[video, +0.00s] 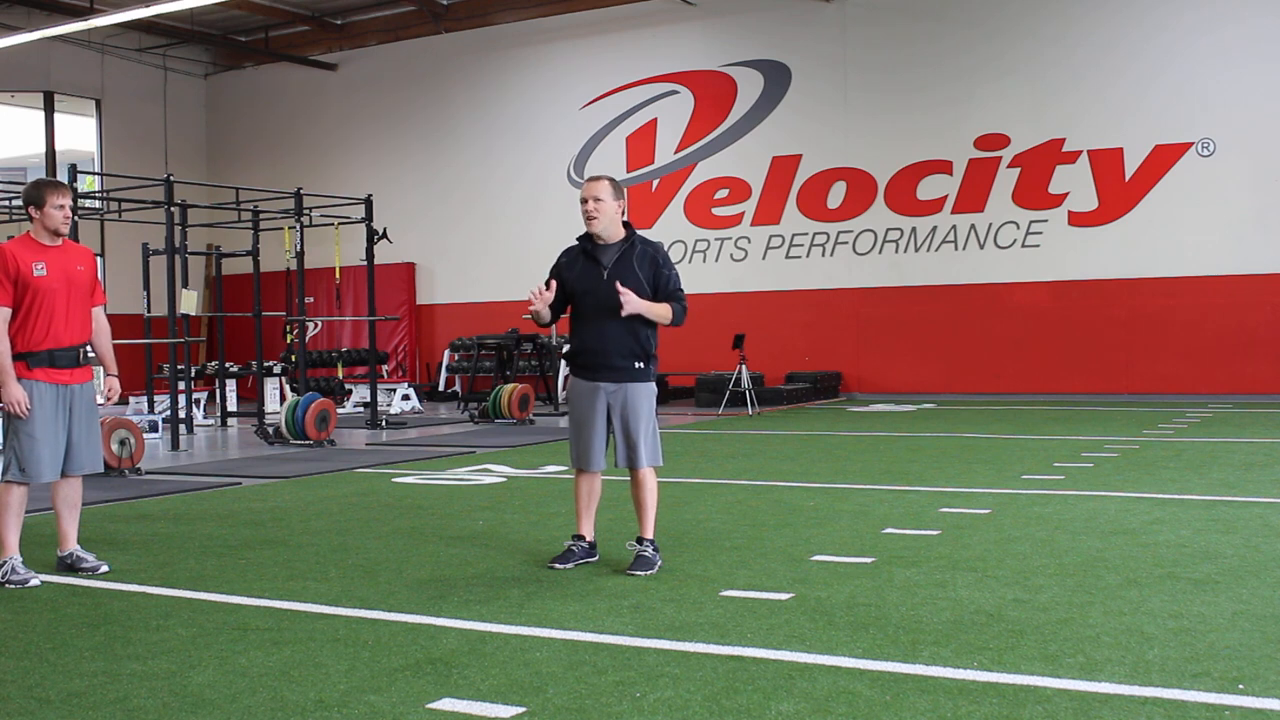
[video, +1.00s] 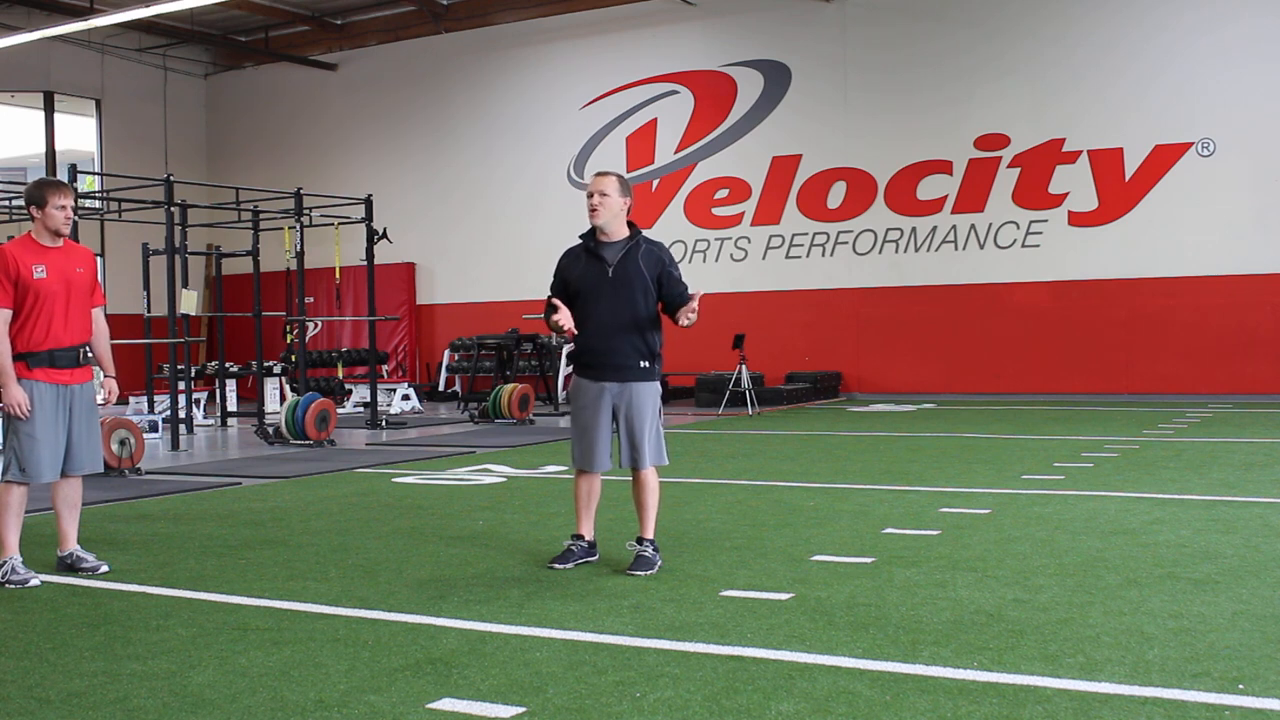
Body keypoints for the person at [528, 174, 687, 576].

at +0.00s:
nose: (588, 207)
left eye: (596, 200)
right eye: (584, 202)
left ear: (620, 205)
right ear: (582, 208)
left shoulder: (651, 255)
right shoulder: (570, 259)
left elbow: (678, 312)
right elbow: (547, 318)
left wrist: (641, 306)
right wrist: (540, 309)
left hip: (635, 380)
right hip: (584, 379)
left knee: (641, 463)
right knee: (586, 463)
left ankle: (647, 544)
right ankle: (584, 542)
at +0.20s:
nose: (586, 209)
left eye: (594, 202)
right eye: (582, 204)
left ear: (618, 206)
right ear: (579, 211)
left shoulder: (648, 253)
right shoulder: (571, 258)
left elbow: (659, 311)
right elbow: (551, 323)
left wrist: (605, 288)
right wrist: (553, 308)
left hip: (634, 379)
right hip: (585, 377)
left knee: (641, 462)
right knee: (586, 461)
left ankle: (646, 544)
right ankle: (584, 541)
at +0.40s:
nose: (582, 214)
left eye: (590, 206)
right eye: (578, 207)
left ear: (614, 209)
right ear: (575, 213)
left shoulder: (646, 253)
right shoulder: (571, 260)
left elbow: (648, 311)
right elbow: (554, 323)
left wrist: (588, 306)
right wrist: (559, 310)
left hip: (634, 379)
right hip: (586, 378)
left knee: (641, 462)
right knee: (586, 462)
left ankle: (646, 544)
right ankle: (584, 541)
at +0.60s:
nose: (586, 208)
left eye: (594, 201)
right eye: (582, 201)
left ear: (619, 205)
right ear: (579, 207)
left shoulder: (649, 253)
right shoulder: (571, 258)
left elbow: (670, 307)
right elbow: (550, 316)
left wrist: (619, 285)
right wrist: (556, 317)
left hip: (635, 378)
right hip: (585, 378)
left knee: (641, 463)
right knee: (587, 463)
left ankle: (647, 544)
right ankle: (584, 542)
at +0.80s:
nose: (589, 202)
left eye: (598, 196)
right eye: (587, 196)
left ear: (622, 203)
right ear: (584, 203)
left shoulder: (649, 252)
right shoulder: (570, 258)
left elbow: (681, 312)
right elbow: (552, 309)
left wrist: (687, 301)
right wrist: (555, 318)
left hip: (636, 377)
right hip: (586, 377)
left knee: (642, 462)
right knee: (587, 463)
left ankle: (647, 545)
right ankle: (583, 542)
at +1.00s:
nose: (592, 202)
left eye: (601, 196)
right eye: (590, 196)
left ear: (625, 203)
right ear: (587, 204)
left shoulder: (653, 254)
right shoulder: (572, 258)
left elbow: (677, 304)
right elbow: (554, 310)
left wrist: (686, 311)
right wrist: (560, 319)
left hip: (639, 379)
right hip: (589, 378)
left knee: (643, 463)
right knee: (587, 463)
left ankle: (647, 545)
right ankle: (583, 541)